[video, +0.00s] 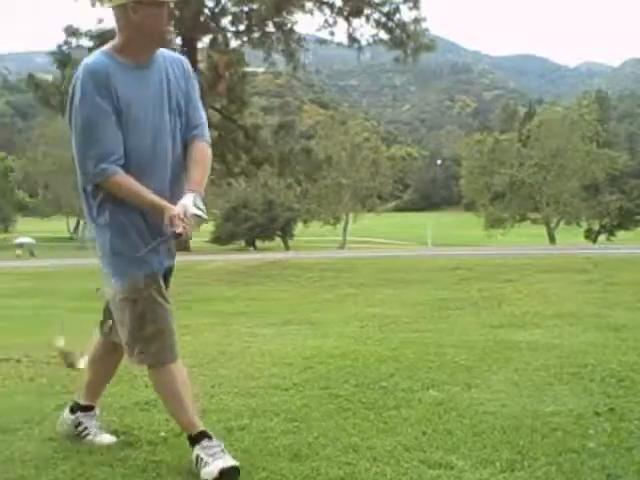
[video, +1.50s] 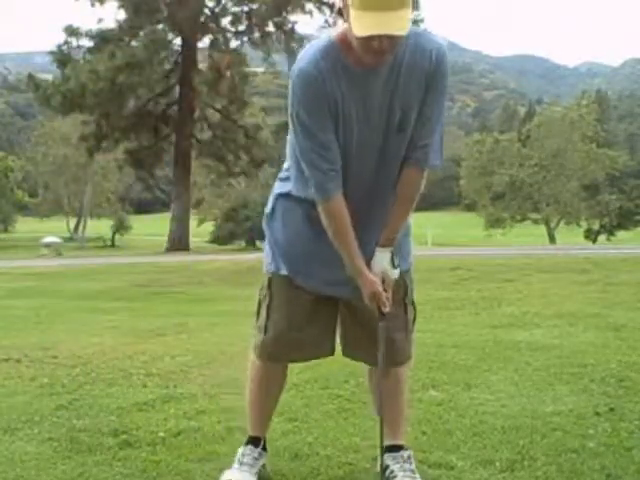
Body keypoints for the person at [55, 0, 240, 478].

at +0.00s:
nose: (170, 13)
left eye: (170, 5)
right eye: (159, 6)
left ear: (158, 15)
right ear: (127, 14)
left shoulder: (178, 67)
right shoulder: (95, 74)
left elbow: (198, 138)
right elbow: (101, 170)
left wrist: (192, 198)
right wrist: (162, 207)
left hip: (165, 228)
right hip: (124, 233)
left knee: (121, 326)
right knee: (156, 334)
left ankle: (81, 413)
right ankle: (202, 442)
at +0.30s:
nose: (223, 6)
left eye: (223, 0)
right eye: (214, 0)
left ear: (214, 6)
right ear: (178, 3)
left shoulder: (227, 44)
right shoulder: (148, 62)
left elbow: (250, 127)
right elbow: (178, 168)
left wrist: (253, 199)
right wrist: (242, 217)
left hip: (227, 217)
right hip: (173, 220)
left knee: (230, 321)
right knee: (183, 336)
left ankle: (177, 382)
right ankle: (205, 444)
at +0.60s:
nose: (254, 3)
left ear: (252, 1)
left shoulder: (273, 33)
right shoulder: (183, 58)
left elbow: (292, 125)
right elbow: (208, 167)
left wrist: (287, 200)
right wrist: (275, 223)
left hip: (268, 214)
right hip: (205, 222)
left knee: (314, 314)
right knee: (199, 340)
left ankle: (360, 415)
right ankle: (207, 448)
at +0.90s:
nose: (306, 16)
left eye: (311, 8)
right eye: (296, 9)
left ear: (318, 7)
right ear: (269, 7)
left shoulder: (337, 39)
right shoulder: (239, 61)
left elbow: (348, 135)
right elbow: (254, 171)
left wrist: (335, 216)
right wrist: (311, 240)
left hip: (318, 225)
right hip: (249, 227)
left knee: (357, 335)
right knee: (224, 341)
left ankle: (383, 449)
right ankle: (211, 448)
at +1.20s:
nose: (374, 35)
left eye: (384, 23)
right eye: (362, 24)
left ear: (398, 13)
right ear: (338, 12)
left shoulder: (423, 56)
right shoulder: (307, 66)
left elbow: (415, 159)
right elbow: (318, 180)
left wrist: (380, 240)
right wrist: (356, 261)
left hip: (375, 222)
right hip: (298, 214)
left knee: (388, 344)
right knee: (255, 329)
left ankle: (395, 454)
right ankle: (233, 432)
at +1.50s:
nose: (382, 46)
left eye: (392, 35)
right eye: (370, 35)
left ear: (408, 20)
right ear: (344, 14)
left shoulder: (429, 58)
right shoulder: (314, 71)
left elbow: (416, 163)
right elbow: (325, 186)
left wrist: (385, 248)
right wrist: (359, 268)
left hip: (384, 229)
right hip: (306, 223)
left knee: (392, 347)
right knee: (274, 341)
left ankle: (396, 455)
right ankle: (253, 448)